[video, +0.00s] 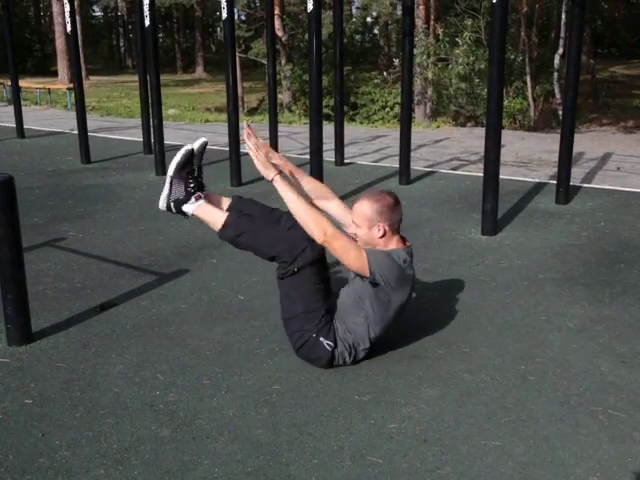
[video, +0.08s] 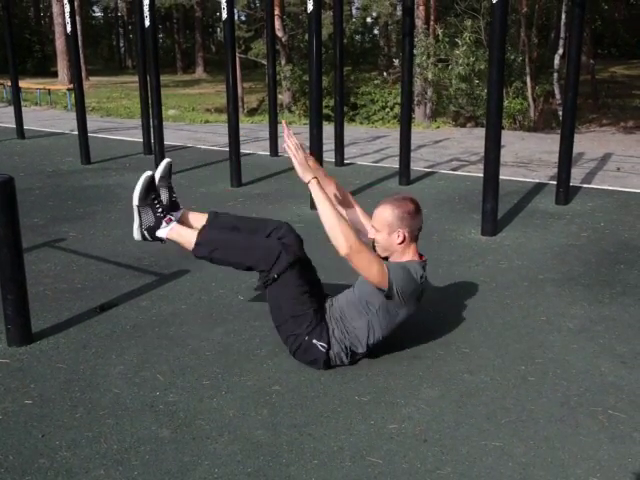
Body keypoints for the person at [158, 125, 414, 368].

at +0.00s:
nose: (352, 231)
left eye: (358, 226)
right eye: (354, 223)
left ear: (380, 232)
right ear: (382, 228)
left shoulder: (390, 267)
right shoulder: (391, 247)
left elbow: (324, 236)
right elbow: (328, 201)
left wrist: (274, 176)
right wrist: (283, 165)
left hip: (325, 344)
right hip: (332, 321)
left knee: (301, 248)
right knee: (301, 231)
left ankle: (189, 203)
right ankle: (200, 195)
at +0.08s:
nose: (372, 235)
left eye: (378, 230)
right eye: (374, 228)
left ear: (401, 238)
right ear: (403, 235)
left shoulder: (403, 280)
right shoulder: (405, 261)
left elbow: (347, 247)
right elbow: (351, 208)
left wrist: (311, 182)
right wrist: (314, 168)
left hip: (319, 342)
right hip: (326, 318)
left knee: (281, 251)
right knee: (282, 236)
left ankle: (163, 229)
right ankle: (178, 214)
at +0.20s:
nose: (404, 250)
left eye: (413, 246)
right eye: (408, 243)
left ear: (432, 264)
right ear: (420, 258)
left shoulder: (424, 307)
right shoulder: (412, 284)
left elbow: (395, 272)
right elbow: (387, 230)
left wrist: (389, 188)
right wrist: (378, 176)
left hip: (312, 339)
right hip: (317, 312)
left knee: (244, 271)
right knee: (250, 251)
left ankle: (125, 277)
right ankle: (141, 251)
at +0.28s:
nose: (421, 255)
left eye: (430, 253)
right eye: (425, 249)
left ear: (441, 273)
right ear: (435, 268)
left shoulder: (429, 322)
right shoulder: (421, 292)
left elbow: (435, 273)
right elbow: (415, 233)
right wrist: (427, 183)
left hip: (313, 341)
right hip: (319, 312)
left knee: (224, 288)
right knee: (234, 266)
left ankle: (111, 300)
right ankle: (124, 275)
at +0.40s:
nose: (441, 280)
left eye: (450, 281)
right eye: (445, 274)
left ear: (462, 299)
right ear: (444, 281)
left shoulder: (441, 336)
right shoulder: (428, 305)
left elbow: (474, 309)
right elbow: (447, 249)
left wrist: (505, 267)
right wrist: (497, 220)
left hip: (317, 337)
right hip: (316, 315)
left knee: (214, 303)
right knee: (216, 295)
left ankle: (109, 324)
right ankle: (120, 307)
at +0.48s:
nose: (441, 284)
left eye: (452, 286)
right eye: (448, 280)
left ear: (462, 307)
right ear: (453, 292)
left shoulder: (442, 340)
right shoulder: (432, 310)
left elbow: (481, 336)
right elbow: (472, 258)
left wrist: (529, 296)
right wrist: (532, 251)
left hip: (317, 339)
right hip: (317, 318)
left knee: (213, 319)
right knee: (213, 310)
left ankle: (111, 337)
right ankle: (121, 321)